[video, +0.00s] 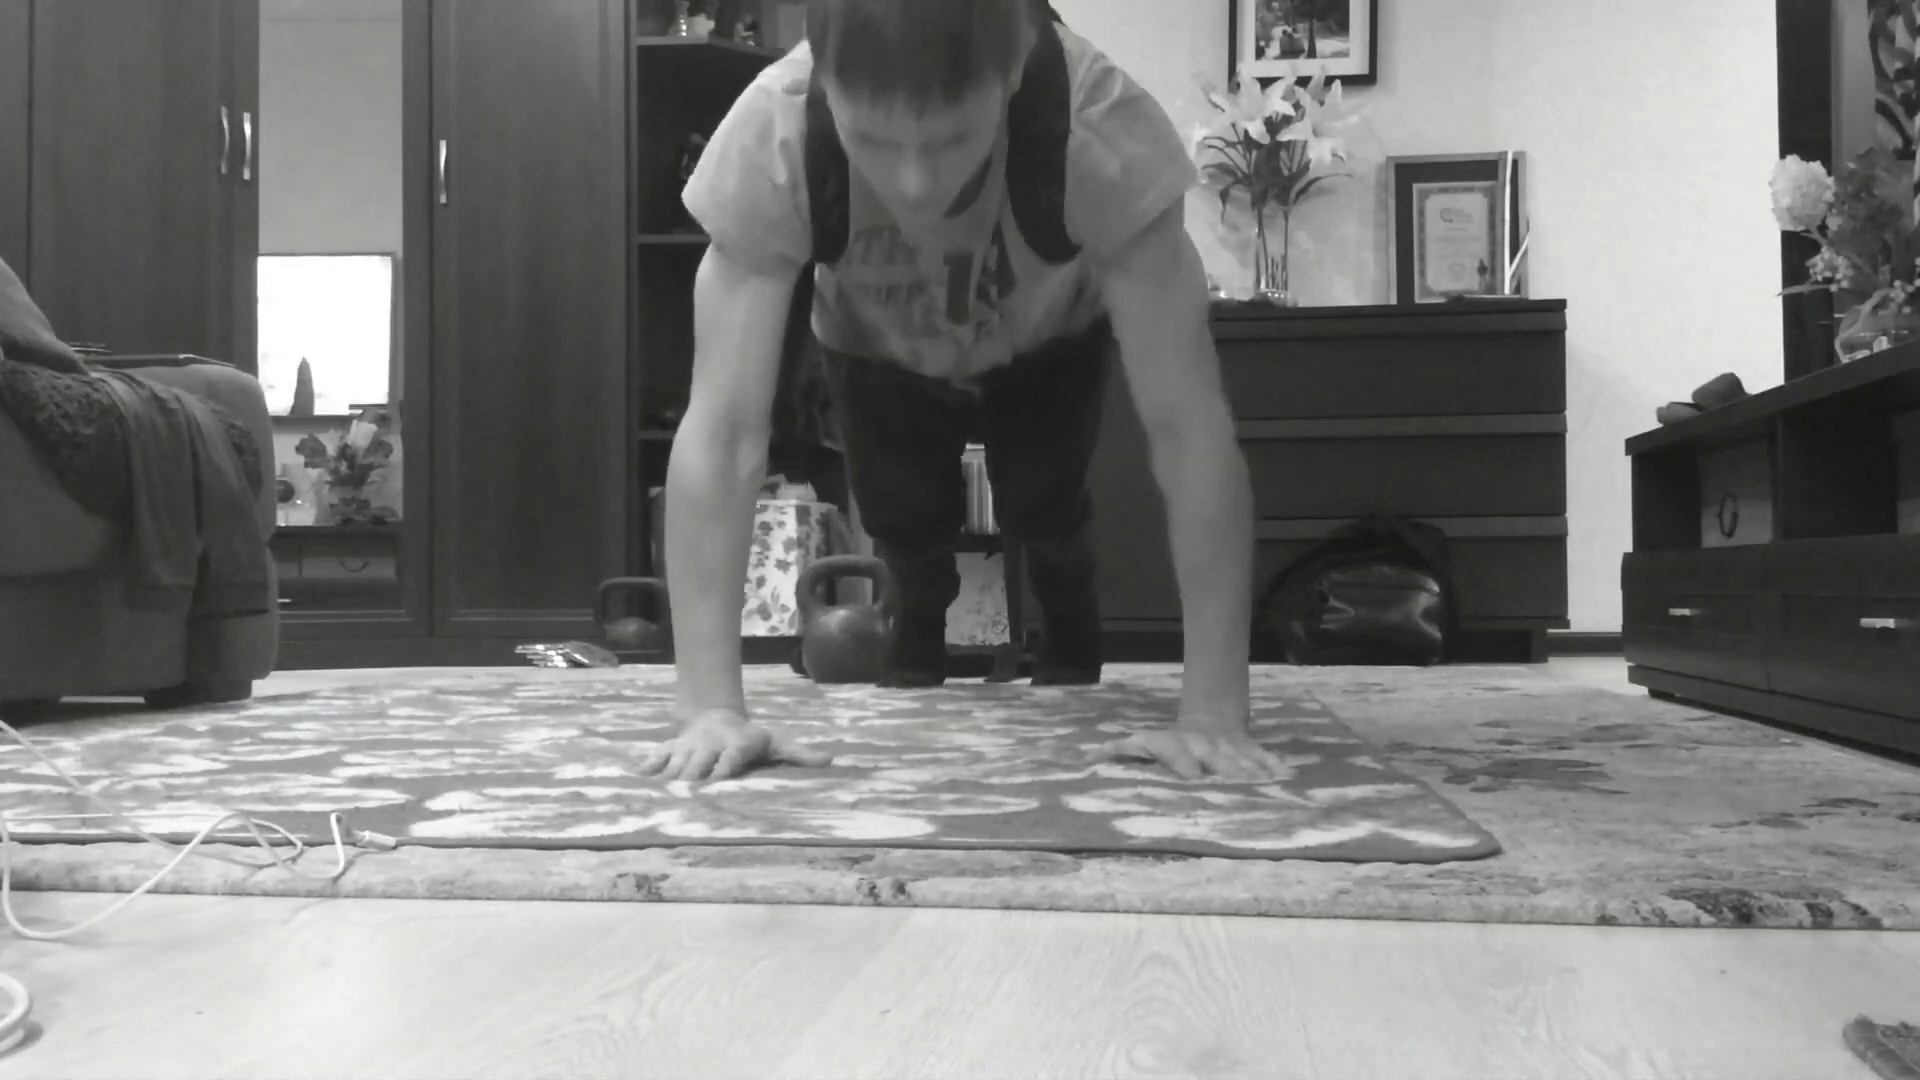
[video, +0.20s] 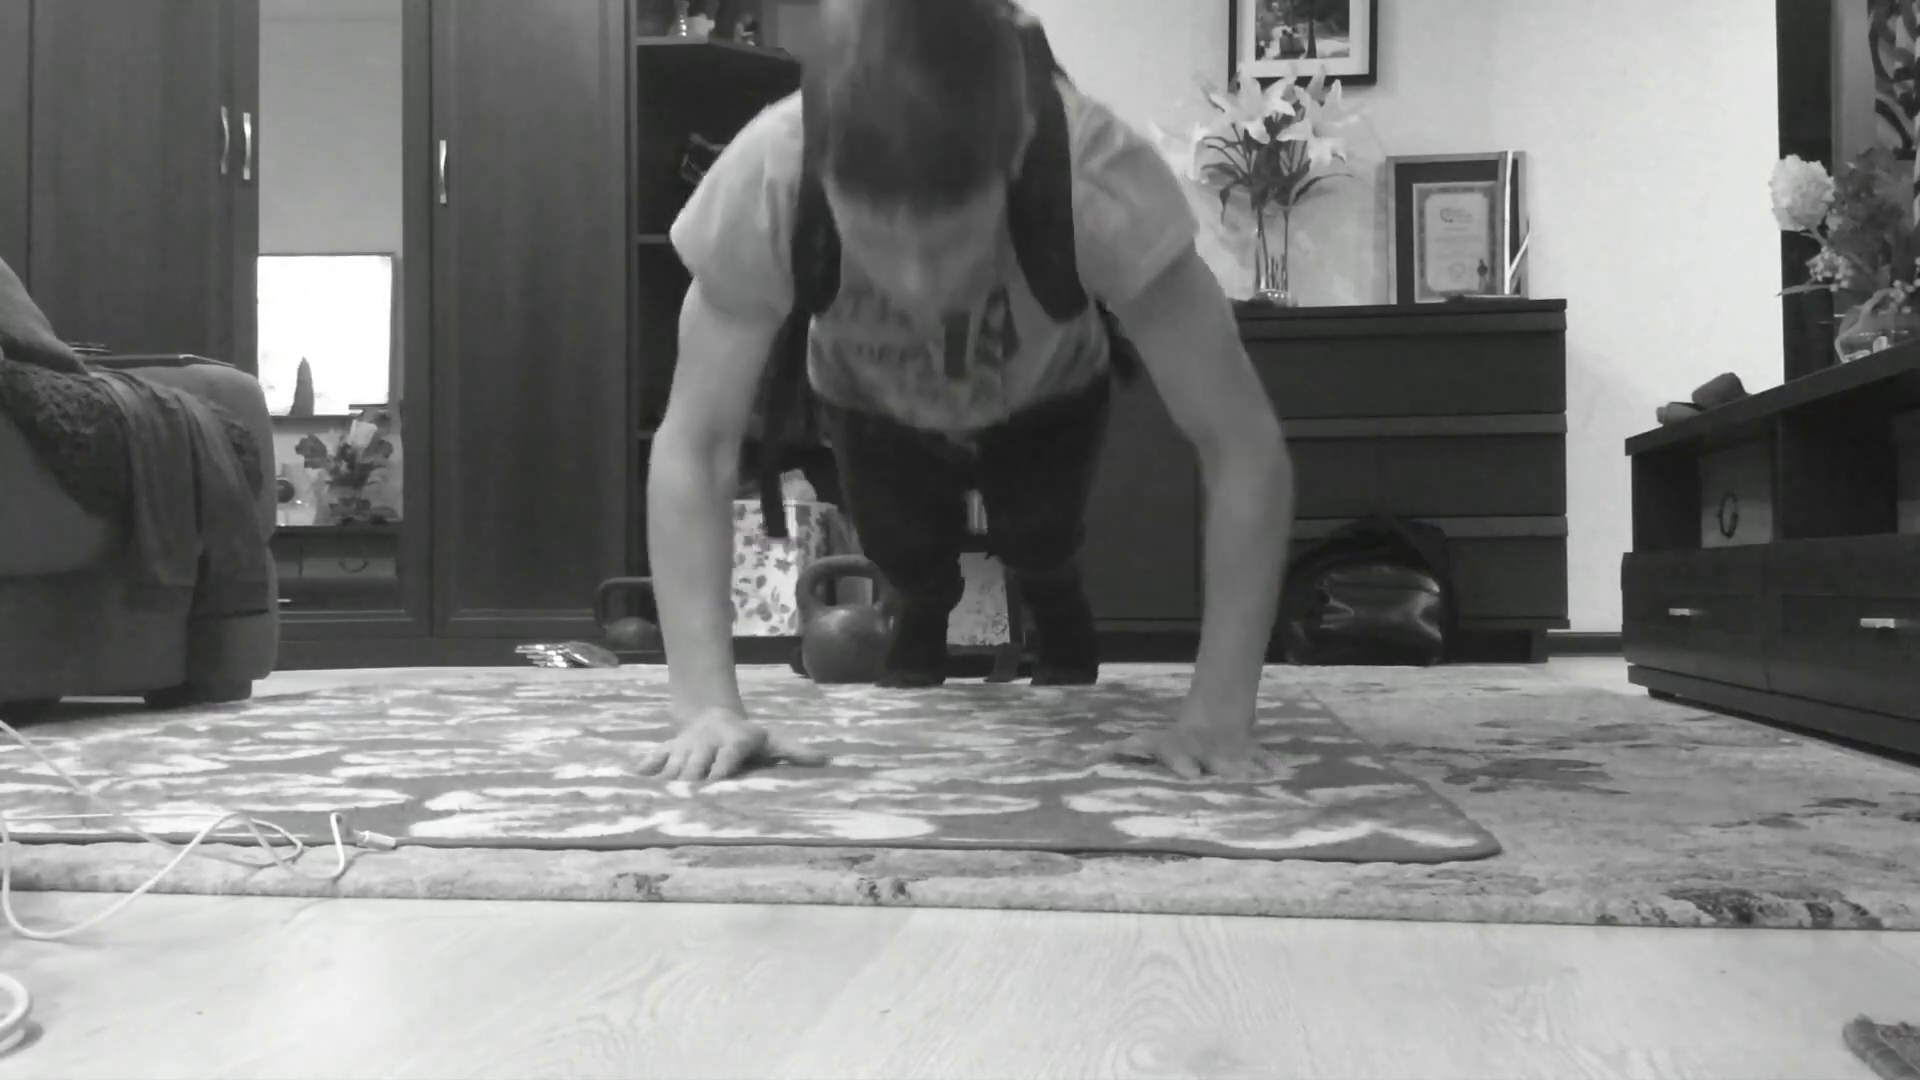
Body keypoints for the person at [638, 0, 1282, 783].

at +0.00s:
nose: (915, 182)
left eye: (950, 144)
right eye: (876, 144)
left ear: (1012, 78)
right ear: (831, 93)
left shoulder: (1103, 142)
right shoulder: (774, 147)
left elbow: (1193, 431)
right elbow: (719, 438)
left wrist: (1215, 712)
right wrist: (710, 708)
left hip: (1047, 338)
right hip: (876, 343)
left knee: (1049, 524)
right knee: (901, 525)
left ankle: (1069, 667)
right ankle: (914, 613)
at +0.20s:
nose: (921, 285)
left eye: (952, 244)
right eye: (884, 250)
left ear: (1013, 162)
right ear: (830, 180)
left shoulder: (1104, 187)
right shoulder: (763, 196)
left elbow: (1247, 450)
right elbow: (691, 448)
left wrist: (1219, 712)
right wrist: (706, 707)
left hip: (1045, 396)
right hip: (874, 402)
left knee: (1044, 546)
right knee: (902, 554)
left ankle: (1051, 606)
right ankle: (918, 613)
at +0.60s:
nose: (947, 548)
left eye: (984, 512)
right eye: (901, 523)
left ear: (1049, 398)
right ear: (841, 425)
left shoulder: (1125, 349)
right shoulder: (771, 348)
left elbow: (1323, 476)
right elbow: (644, 477)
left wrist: (1233, 704)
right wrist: (700, 705)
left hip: (1056, 521)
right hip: (883, 544)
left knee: (1045, 587)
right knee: (904, 606)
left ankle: (1048, 627)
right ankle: (918, 632)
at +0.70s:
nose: (948, 600)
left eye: (993, 563)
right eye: (904, 572)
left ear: (1052, 450)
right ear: (838, 464)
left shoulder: (1121, 370)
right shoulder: (770, 372)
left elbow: (1332, 480)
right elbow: (636, 482)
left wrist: (1233, 706)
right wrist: (704, 710)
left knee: (1051, 596)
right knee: (885, 640)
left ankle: (1052, 629)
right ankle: (898, 636)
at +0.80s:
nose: (944, 643)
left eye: (983, 601)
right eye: (902, 605)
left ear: (1056, 492)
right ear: (832, 498)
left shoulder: (1124, 411)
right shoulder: (771, 413)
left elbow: (1337, 485)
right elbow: (628, 488)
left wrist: (1228, 712)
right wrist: (699, 705)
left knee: (1052, 661)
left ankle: (1042, 652)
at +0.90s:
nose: (936, 677)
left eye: (977, 644)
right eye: (895, 646)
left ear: (1050, 529)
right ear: (829, 535)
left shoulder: (1130, 450)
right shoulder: (763, 456)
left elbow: (1339, 484)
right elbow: (622, 491)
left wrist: (1228, 709)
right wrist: (701, 703)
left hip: (1022, 301)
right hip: (863, 299)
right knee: (851, 668)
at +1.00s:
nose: (937, 703)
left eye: (978, 660)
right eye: (893, 662)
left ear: (1047, 557)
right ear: (829, 561)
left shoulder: (1127, 470)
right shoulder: (759, 475)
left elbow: (1342, 486)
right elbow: (618, 492)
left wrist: (1230, 710)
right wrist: (703, 709)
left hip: (1020, 326)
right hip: (858, 321)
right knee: (824, 660)